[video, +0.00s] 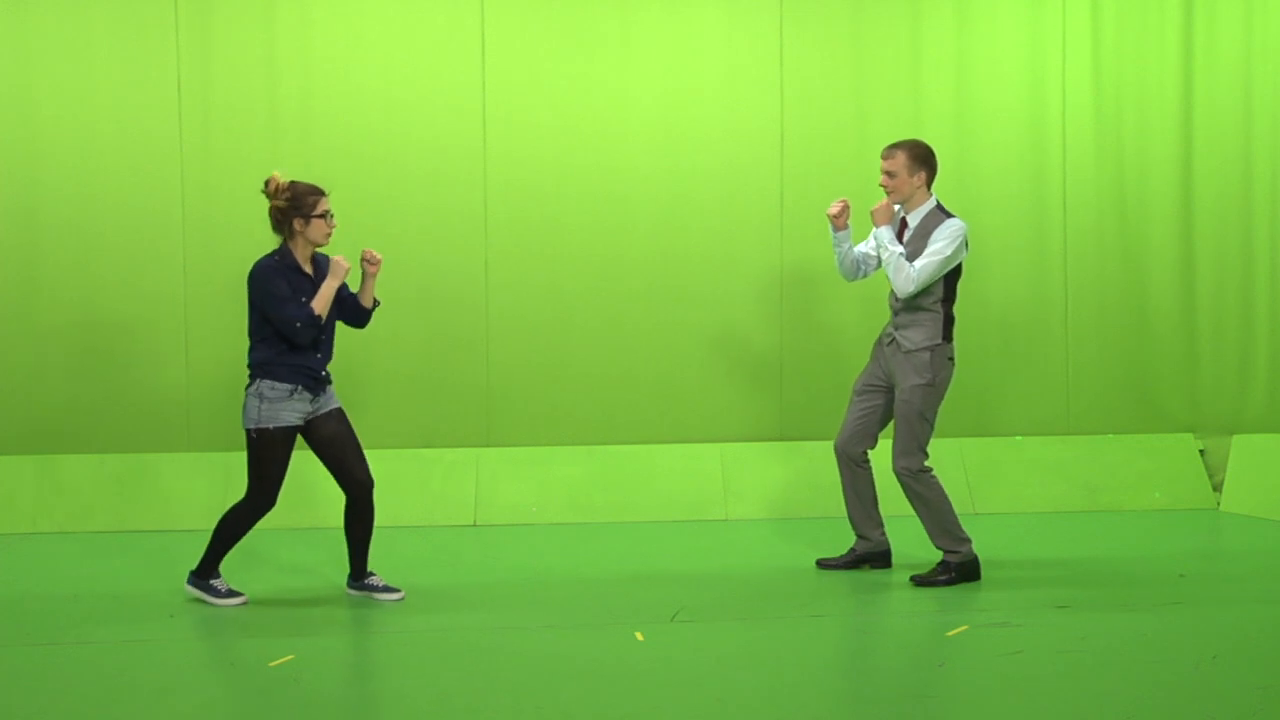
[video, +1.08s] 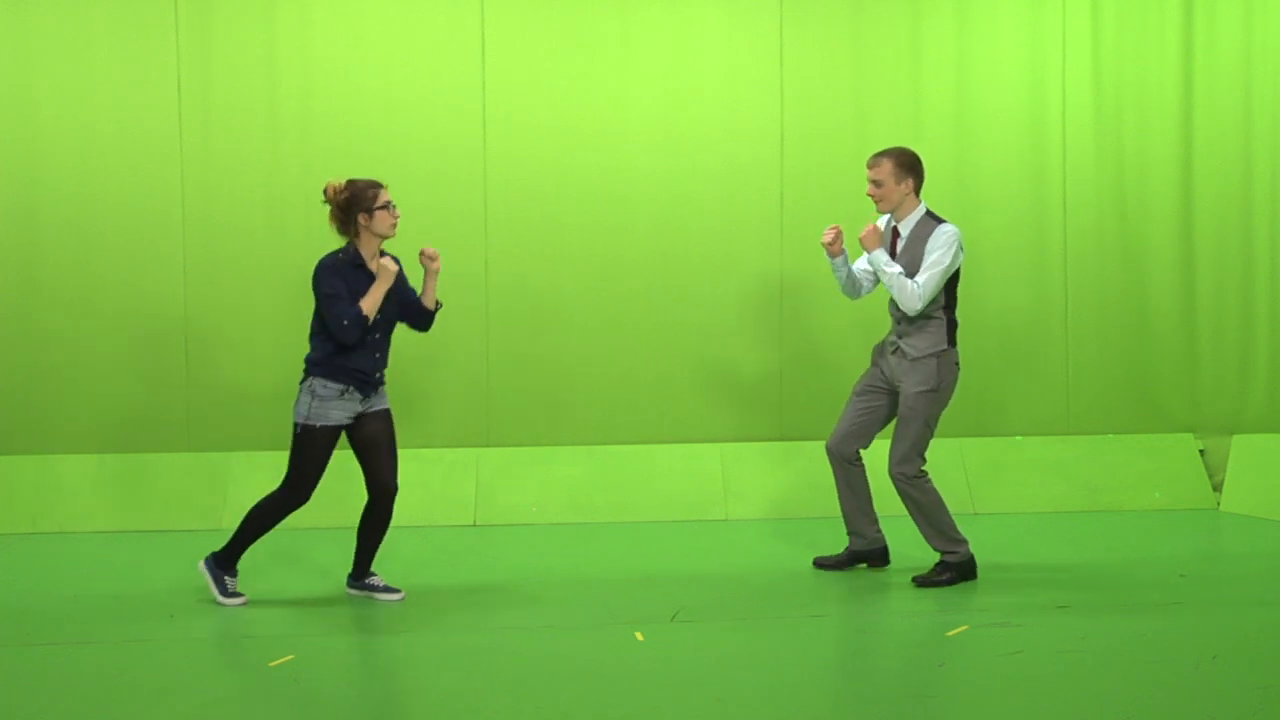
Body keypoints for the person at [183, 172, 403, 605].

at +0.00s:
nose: (332, 224)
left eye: (331, 216)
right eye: (324, 217)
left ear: (311, 223)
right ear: (297, 224)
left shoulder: (321, 268)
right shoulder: (267, 272)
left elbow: (358, 318)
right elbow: (302, 330)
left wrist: (369, 280)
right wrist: (333, 282)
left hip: (316, 392)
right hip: (273, 393)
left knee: (360, 485)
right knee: (261, 497)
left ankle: (359, 576)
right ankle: (203, 573)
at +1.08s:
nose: (396, 214)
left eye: (394, 206)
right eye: (387, 209)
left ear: (377, 217)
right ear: (362, 219)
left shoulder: (388, 267)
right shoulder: (332, 269)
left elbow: (421, 321)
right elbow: (347, 330)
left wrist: (431, 276)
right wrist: (382, 283)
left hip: (370, 393)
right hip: (325, 391)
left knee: (385, 489)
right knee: (296, 492)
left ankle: (361, 574)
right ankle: (223, 562)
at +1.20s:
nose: (408, 179)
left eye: (406, 172)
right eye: (400, 174)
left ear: (389, 183)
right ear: (375, 183)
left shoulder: (406, 234)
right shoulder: (346, 234)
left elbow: (446, 276)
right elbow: (361, 292)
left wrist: (444, 229)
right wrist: (398, 244)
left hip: (401, 360)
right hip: (356, 359)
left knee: (410, 461)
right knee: (333, 462)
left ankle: (379, 555)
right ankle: (273, 541)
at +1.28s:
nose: (423, 171)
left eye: (421, 162)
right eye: (413, 165)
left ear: (405, 173)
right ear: (388, 175)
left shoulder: (416, 221)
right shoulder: (360, 225)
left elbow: (456, 271)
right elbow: (384, 278)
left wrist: (461, 223)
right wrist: (415, 230)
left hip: (416, 347)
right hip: (370, 349)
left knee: (440, 447)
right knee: (359, 458)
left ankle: (417, 540)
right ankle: (315, 548)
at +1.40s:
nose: (446, 187)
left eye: (444, 180)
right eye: (436, 181)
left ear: (426, 190)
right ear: (412, 191)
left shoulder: (436, 238)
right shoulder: (384, 241)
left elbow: (475, 293)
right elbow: (422, 290)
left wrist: (489, 250)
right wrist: (441, 240)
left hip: (440, 361)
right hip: (395, 365)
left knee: (473, 459)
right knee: (391, 474)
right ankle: (337, 558)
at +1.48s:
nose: (464, 210)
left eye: (461, 203)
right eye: (454, 205)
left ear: (437, 215)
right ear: (429, 216)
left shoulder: (448, 263)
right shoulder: (403, 265)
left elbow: (487, 319)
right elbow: (439, 317)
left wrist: (505, 275)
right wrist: (461, 266)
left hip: (461, 384)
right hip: (417, 387)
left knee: (497, 477)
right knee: (404, 497)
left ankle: (499, 570)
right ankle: (333, 561)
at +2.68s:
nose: (448, 219)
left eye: (455, 210)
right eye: (438, 214)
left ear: (468, 215)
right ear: (426, 222)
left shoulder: (479, 265)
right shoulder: (411, 266)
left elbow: (498, 330)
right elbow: (416, 330)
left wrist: (492, 286)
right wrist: (446, 286)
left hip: (454, 382)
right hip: (405, 380)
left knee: (491, 480)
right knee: (382, 489)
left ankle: (497, 570)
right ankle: (324, 569)